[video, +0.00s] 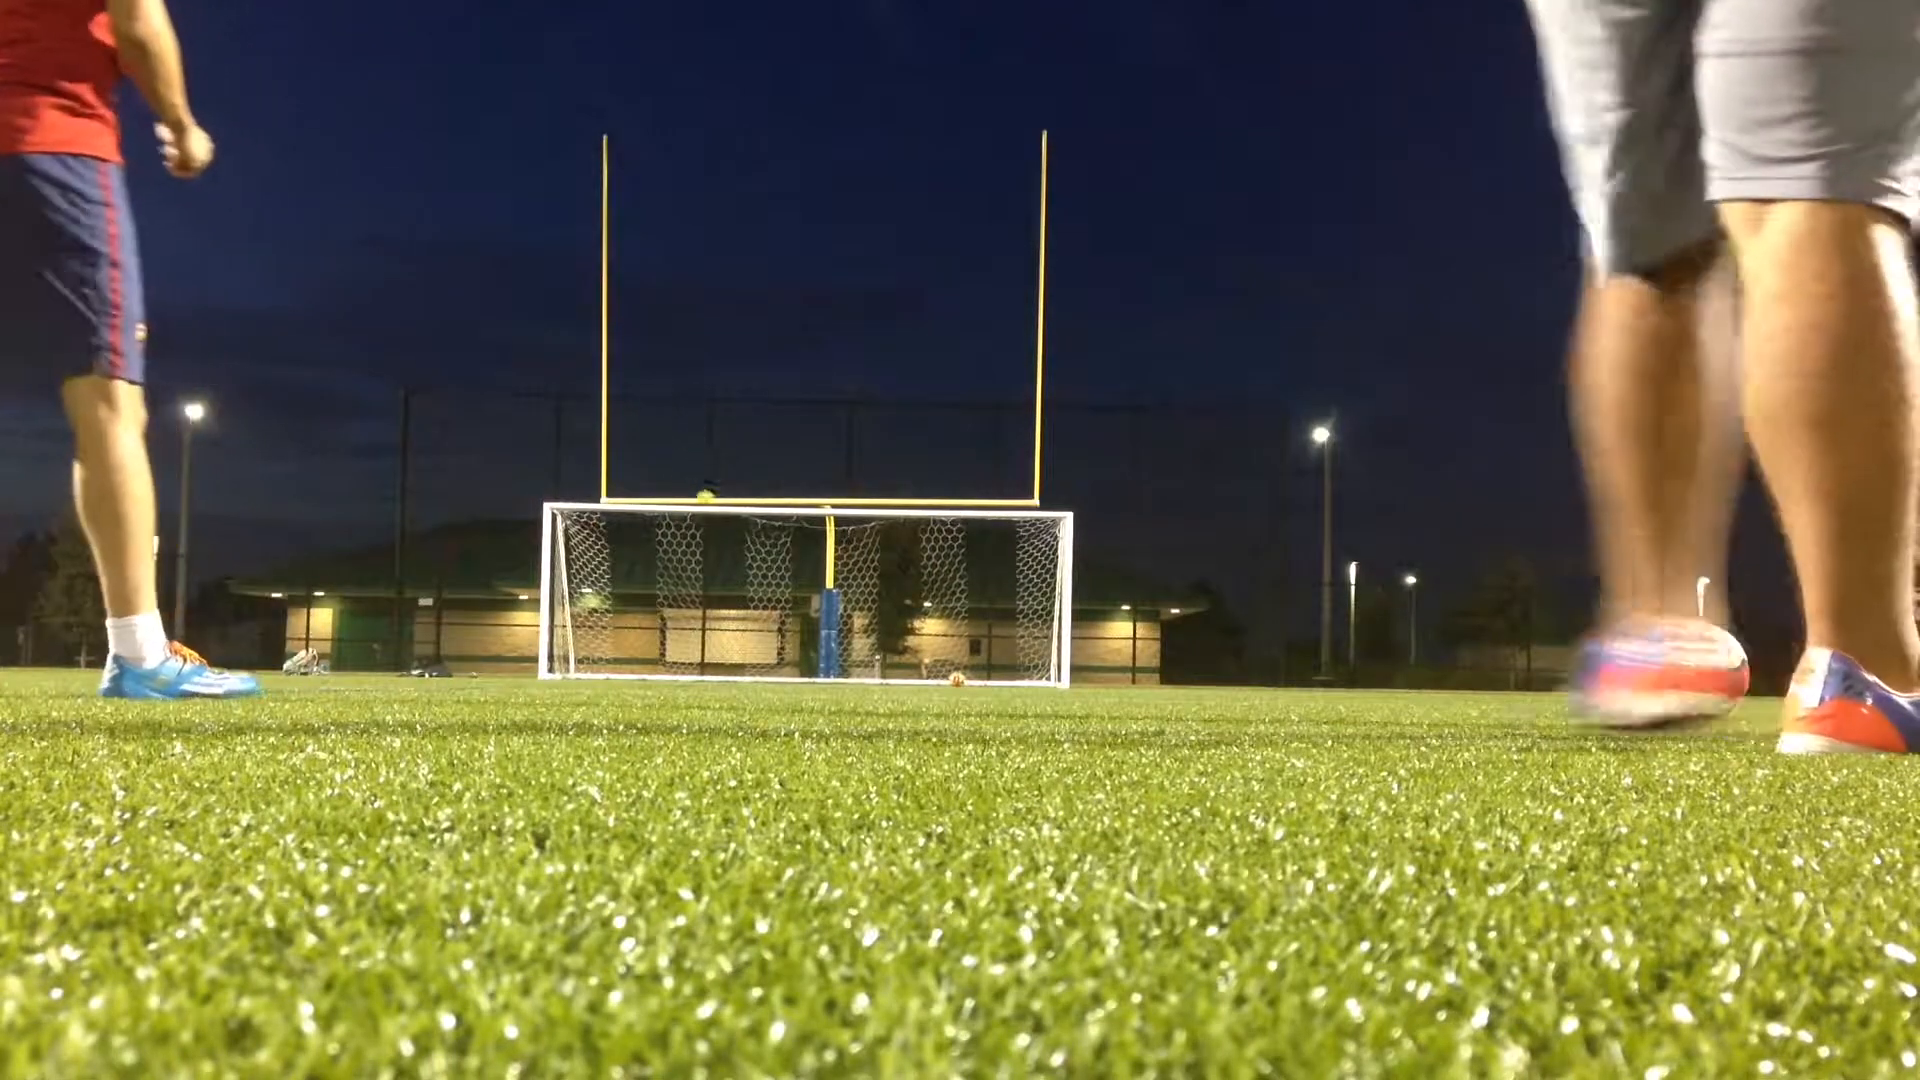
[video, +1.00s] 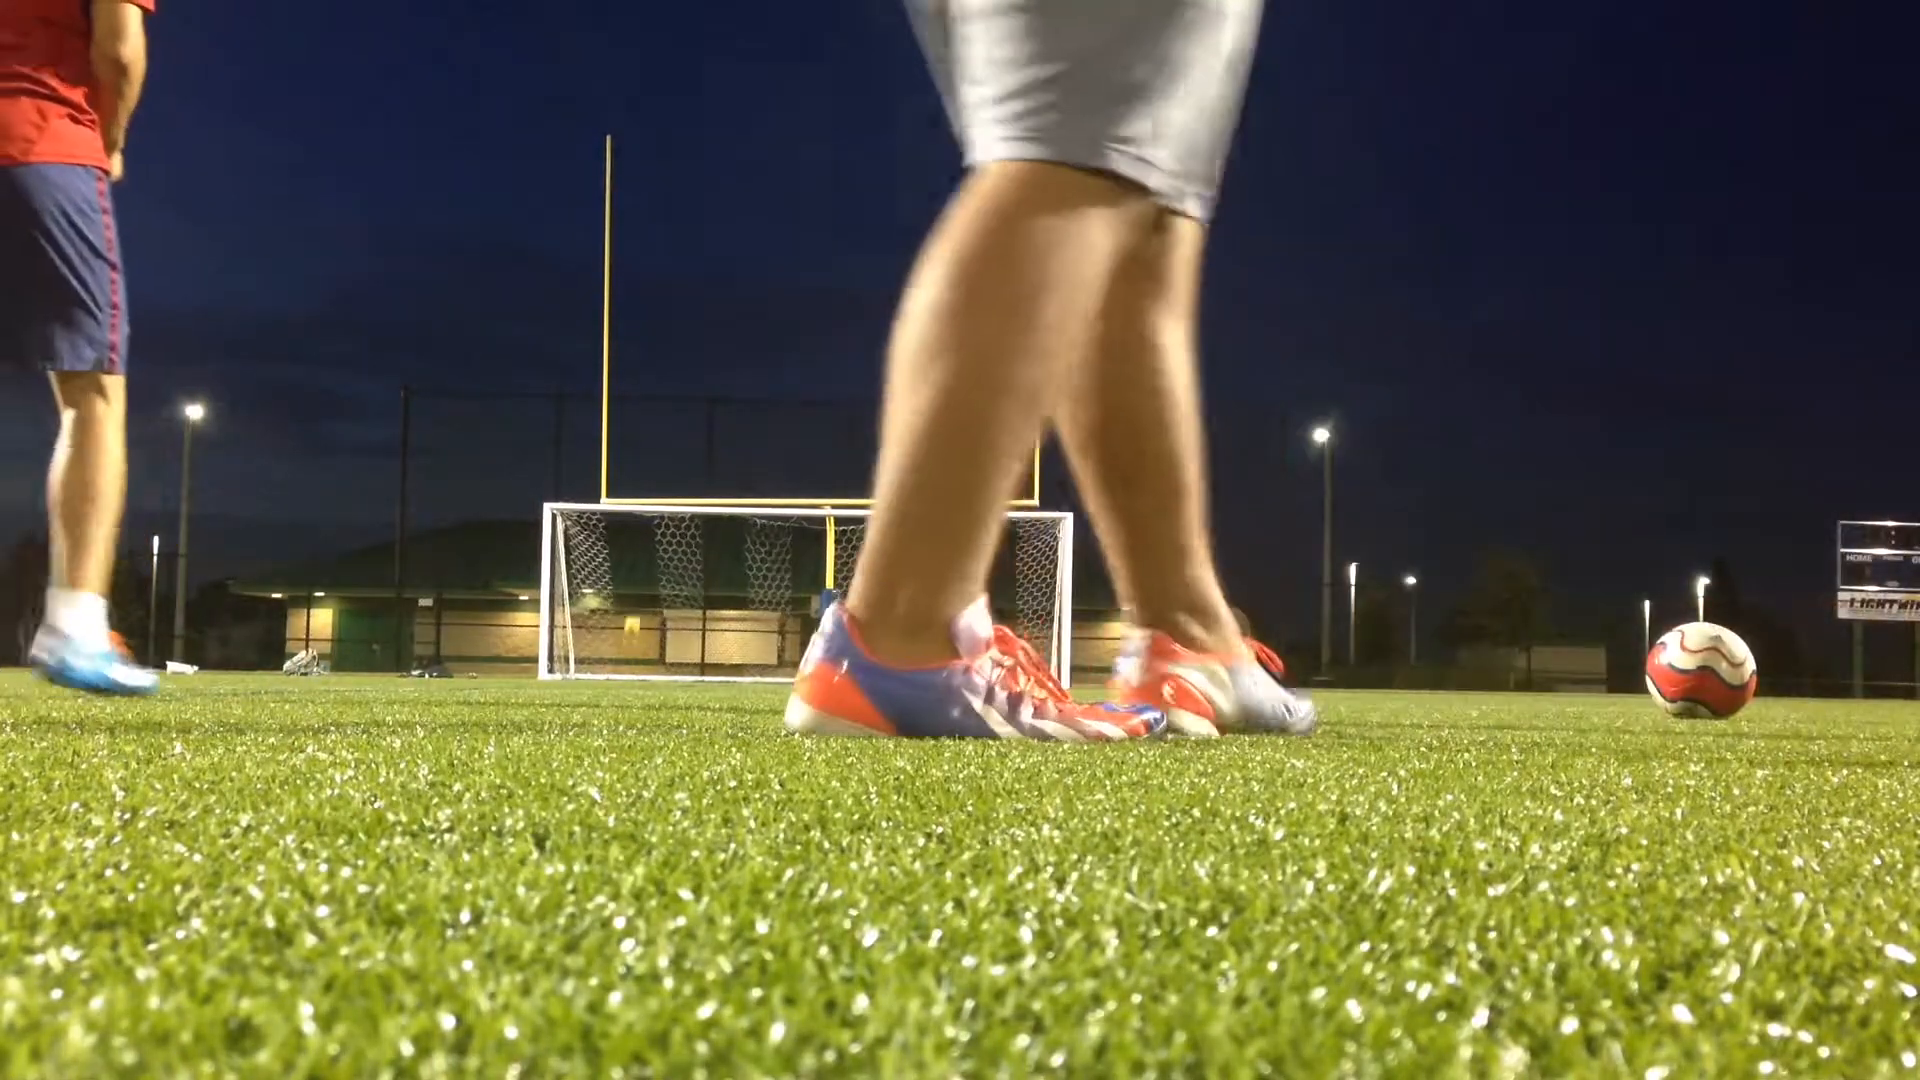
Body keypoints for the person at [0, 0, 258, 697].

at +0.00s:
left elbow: (137, 21)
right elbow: (137, 21)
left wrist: (174, 119)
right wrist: (179, 121)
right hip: (53, 138)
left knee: (107, 405)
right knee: (109, 406)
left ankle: (138, 652)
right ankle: (140, 655)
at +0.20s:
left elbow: (105, 19)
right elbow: (104, 19)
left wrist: (133, 114)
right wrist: (135, 116)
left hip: (30, 141)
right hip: (28, 138)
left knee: (80, 401)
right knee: (81, 401)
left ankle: (128, 647)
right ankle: (128, 650)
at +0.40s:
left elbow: (91, 19)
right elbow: (93, 18)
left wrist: (93, 116)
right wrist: (100, 117)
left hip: (25, 134)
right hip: (21, 135)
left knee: (74, 391)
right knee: (73, 392)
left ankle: (83, 629)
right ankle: (85, 631)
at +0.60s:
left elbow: (100, 34)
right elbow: (100, 30)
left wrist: (79, 115)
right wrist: (86, 115)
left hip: (26, 140)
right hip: (26, 139)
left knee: (20, 400)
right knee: (37, 395)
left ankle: (18, 633)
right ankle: (18, 635)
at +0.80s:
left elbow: (110, 48)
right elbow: (111, 44)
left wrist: (74, 128)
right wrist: (81, 127)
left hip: (29, 145)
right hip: (28, 145)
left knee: (49, 388)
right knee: (57, 387)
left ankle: (23, 604)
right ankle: (21, 605)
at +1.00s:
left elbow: (119, 55)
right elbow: (119, 52)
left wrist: (98, 144)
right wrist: (107, 145)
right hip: (44, 145)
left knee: (87, 396)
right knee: (90, 397)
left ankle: (72, 623)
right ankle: (75, 625)